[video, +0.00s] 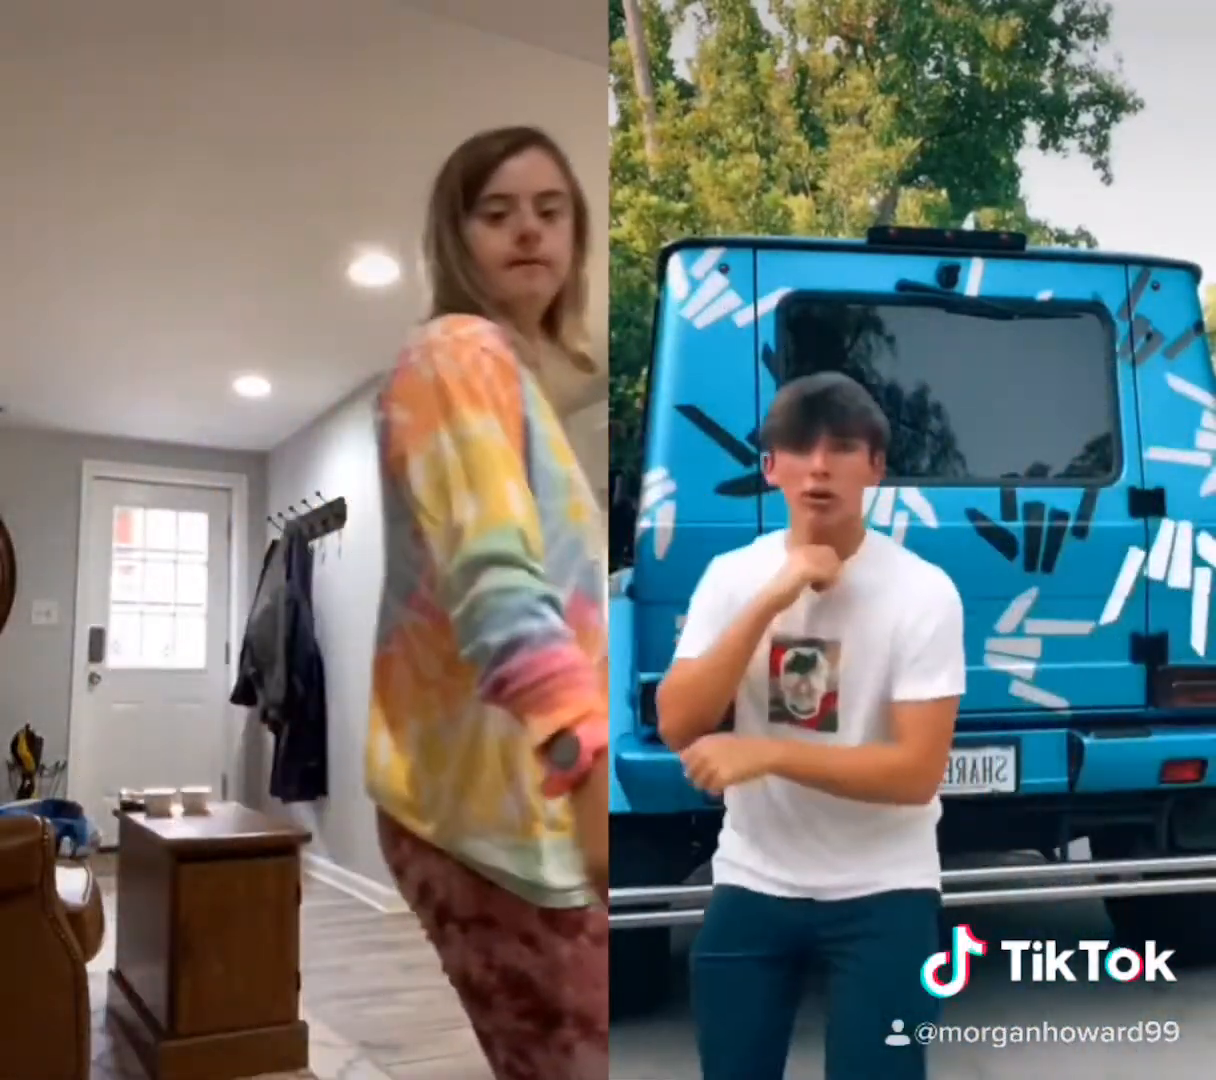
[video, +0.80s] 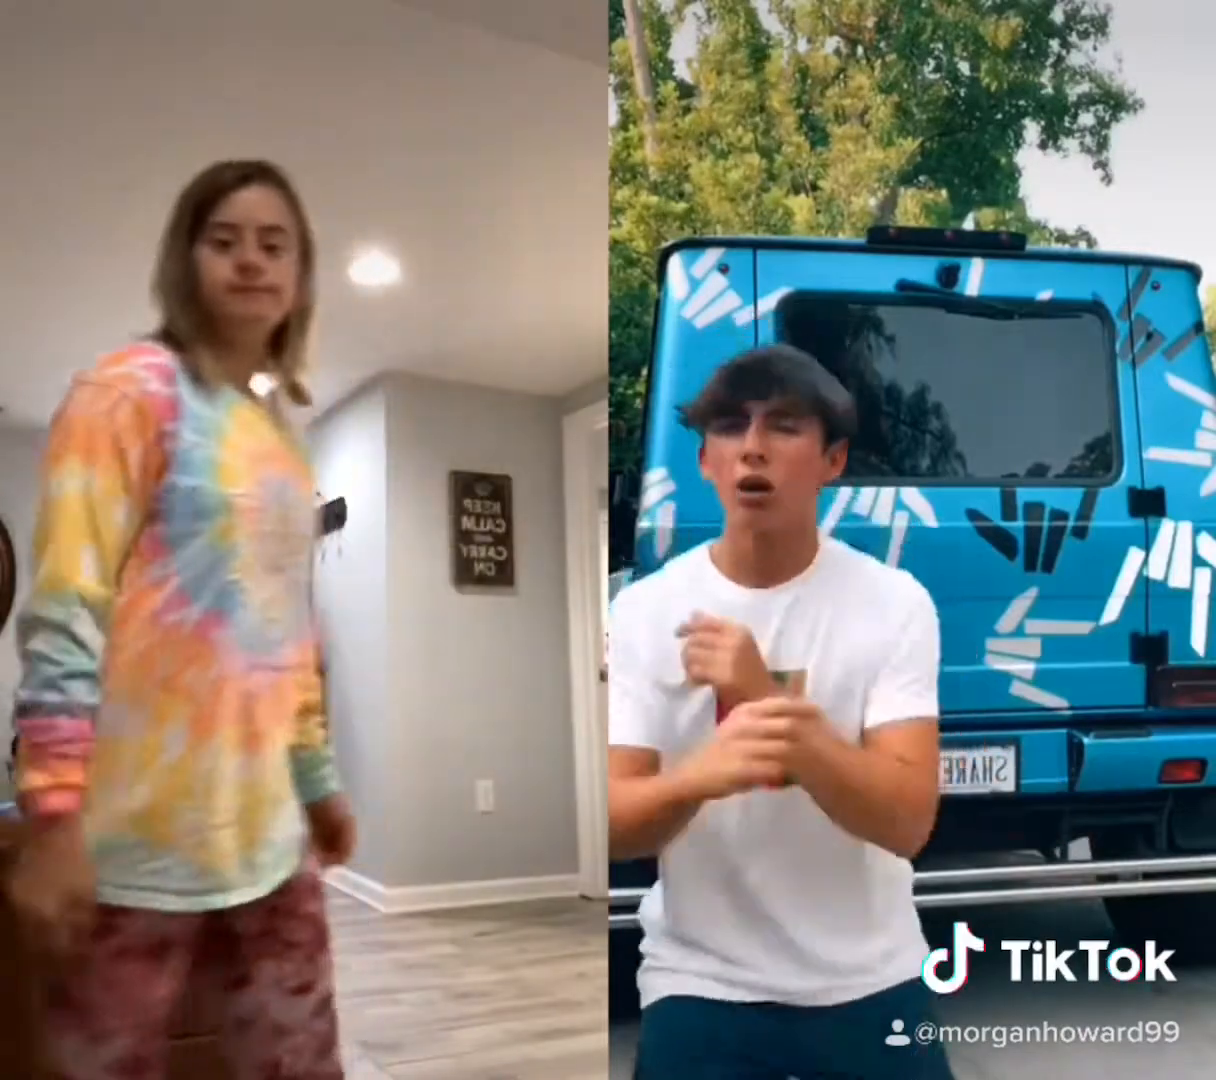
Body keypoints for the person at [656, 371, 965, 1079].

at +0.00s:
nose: (820, 466)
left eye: (841, 448)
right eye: (802, 447)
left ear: (875, 468)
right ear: (774, 467)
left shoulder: (922, 594)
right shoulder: (730, 578)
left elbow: (918, 773)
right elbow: (675, 726)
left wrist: (773, 753)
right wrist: (764, 607)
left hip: (884, 897)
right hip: (751, 892)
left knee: (874, 1068)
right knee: (733, 1068)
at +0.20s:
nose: (774, 446)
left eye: (799, 426)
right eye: (764, 425)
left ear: (854, 444)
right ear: (748, 437)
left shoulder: (911, 580)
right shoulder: (696, 562)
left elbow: (904, 755)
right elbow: (667, 737)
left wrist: (747, 799)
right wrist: (771, 704)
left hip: (863, 895)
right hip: (728, 897)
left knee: (827, 1067)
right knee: (736, 1069)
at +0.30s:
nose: (750, 469)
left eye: (779, 447)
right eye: (749, 447)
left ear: (845, 471)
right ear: (744, 459)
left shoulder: (912, 605)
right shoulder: (694, 592)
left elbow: (946, 769)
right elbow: (666, 754)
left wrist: (828, 851)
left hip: (863, 918)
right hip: (720, 917)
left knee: (845, 1067)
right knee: (706, 1064)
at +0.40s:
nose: (743, 471)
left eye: (773, 451)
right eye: (745, 450)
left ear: (843, 478)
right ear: (742, 460)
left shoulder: (914, 605)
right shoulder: (686, 596)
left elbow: (973, 741)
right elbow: (628, 727)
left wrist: (951, 835)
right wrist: (570, 806)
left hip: (865, 924)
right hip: (717, 921)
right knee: (692, 1063)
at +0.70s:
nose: (699, 424)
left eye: (732, 405)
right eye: (702, 402)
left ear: (806, 439)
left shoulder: (896, 579)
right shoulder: (650, 579)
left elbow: (929, 749)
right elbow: (628, 771)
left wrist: (898, 781)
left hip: (863, 946)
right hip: (708, 942)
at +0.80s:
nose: (752, 449)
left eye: (783, 427)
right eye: (733, 426)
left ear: (831, 461)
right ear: (706, 457)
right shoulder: (642, 613)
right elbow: (611, 825)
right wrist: (700, 773)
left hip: (868, 990)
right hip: (702, 986)